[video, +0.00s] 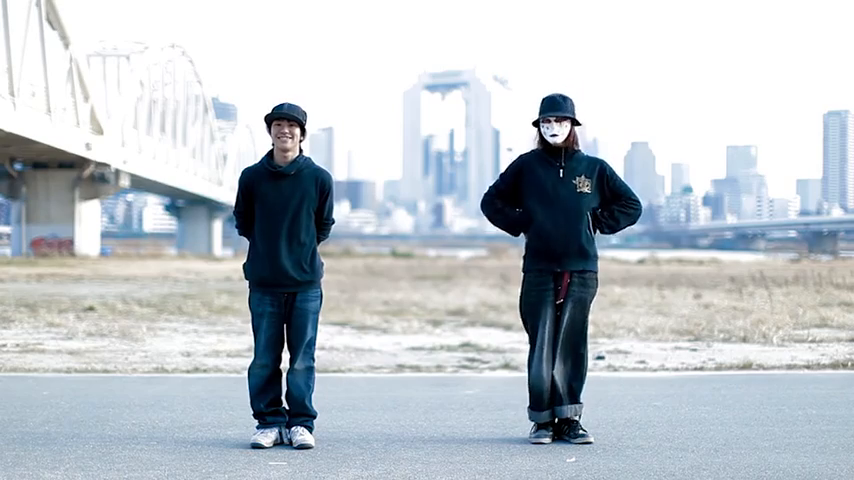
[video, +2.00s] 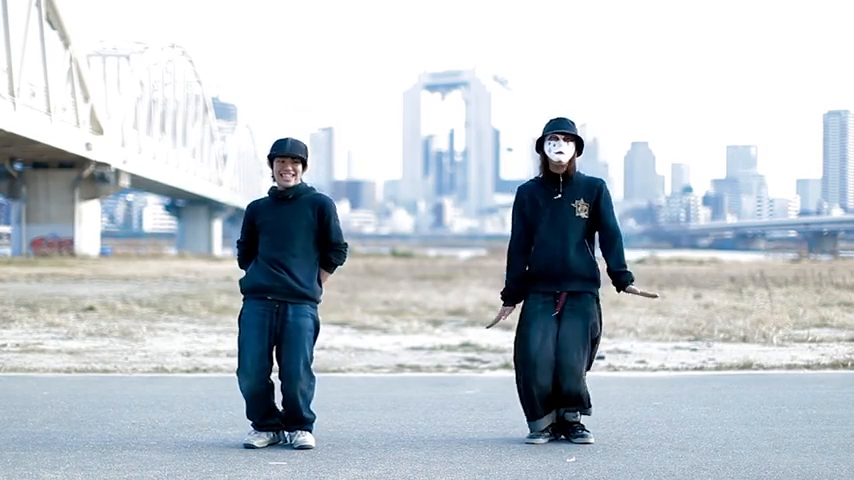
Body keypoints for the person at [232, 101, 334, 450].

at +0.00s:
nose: (285, 135)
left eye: (291, 129)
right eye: (279, 129)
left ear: (301, 135)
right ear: (270, 133)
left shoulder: (319, 179)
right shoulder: (251, 176)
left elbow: (323, 227)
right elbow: (243, 224)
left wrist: (299, 245)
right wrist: (269, 244)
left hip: (306, 280)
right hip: (264, 280)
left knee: (302, 355)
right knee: (265, 355)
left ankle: (300, 424)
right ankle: (269, 425)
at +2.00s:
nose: (286, 169)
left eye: (293, 163)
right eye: (281, 163)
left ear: (302, 168)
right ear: (272, 167)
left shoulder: (321, 205)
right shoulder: (256, 209)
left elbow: (337, 250)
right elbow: (245, 252)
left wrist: (316, 283)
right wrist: (261, 277)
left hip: (300, 300)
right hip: (258, 298)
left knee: (296, 368)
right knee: (251, 371)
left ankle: (300, 428)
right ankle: (266, 427)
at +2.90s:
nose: (285, 168)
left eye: (292, 163)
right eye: (280, 161)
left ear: (301, 167)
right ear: (269, 162)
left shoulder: (315, 205)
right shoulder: (249, 198)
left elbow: (323, 249)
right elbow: (225, 242)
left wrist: (301, 269)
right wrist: (249, 268)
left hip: (302, 297)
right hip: (259, 298)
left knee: (303, 364)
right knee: (257, 367)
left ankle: (302, 427)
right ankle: (265, 427)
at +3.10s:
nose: (302, 153)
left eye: (309, 149)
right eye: (298, 146)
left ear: (316, 157)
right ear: (286, 148)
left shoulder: (322, 198)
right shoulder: (259, 183)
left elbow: (325, 241)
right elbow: (234, 225)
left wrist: (306, 260)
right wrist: (248, 250)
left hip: (301, 288)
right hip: (259, 286)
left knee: (304, 359)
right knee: (262, 359)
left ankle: (301, 425)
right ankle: (266, 426)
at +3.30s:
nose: (326, 153)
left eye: (333, 150)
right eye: (321, 147)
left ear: (340, 160)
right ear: (309, 152)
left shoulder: (336, 201)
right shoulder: (279, 183)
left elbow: (310, 235)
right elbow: (242, 211)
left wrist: (278, 249)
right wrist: (251, 249)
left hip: (292, 283)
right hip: (253, 281)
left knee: (297, 351)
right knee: (259, 353)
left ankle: (299, 422)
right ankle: (266, 422)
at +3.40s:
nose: (330, 172)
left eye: (337, 170)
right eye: (324, 166)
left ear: (344, 182)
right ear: (313, 172)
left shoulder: (339, 219)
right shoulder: (281, 205)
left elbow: (304, 243)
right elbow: (242, 225)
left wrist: (265, 251)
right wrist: (247, 254)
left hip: (292, 287)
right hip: (254, 287)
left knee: (295, 354)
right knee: (258, 356)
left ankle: (298, 423)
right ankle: (266, 422)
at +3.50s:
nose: (325, 169)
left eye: (333, 166)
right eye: (320, 162)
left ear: (340, 176)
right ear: (309, 166)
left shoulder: (338, 214)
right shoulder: (277, 196)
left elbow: (313, 242)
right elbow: (243, 217)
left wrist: (283, 254)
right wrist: (250, 253)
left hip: (295, 284)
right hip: (255, 283)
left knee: (297, 353)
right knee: (259, 353)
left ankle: (299, 423)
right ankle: (266, 421)